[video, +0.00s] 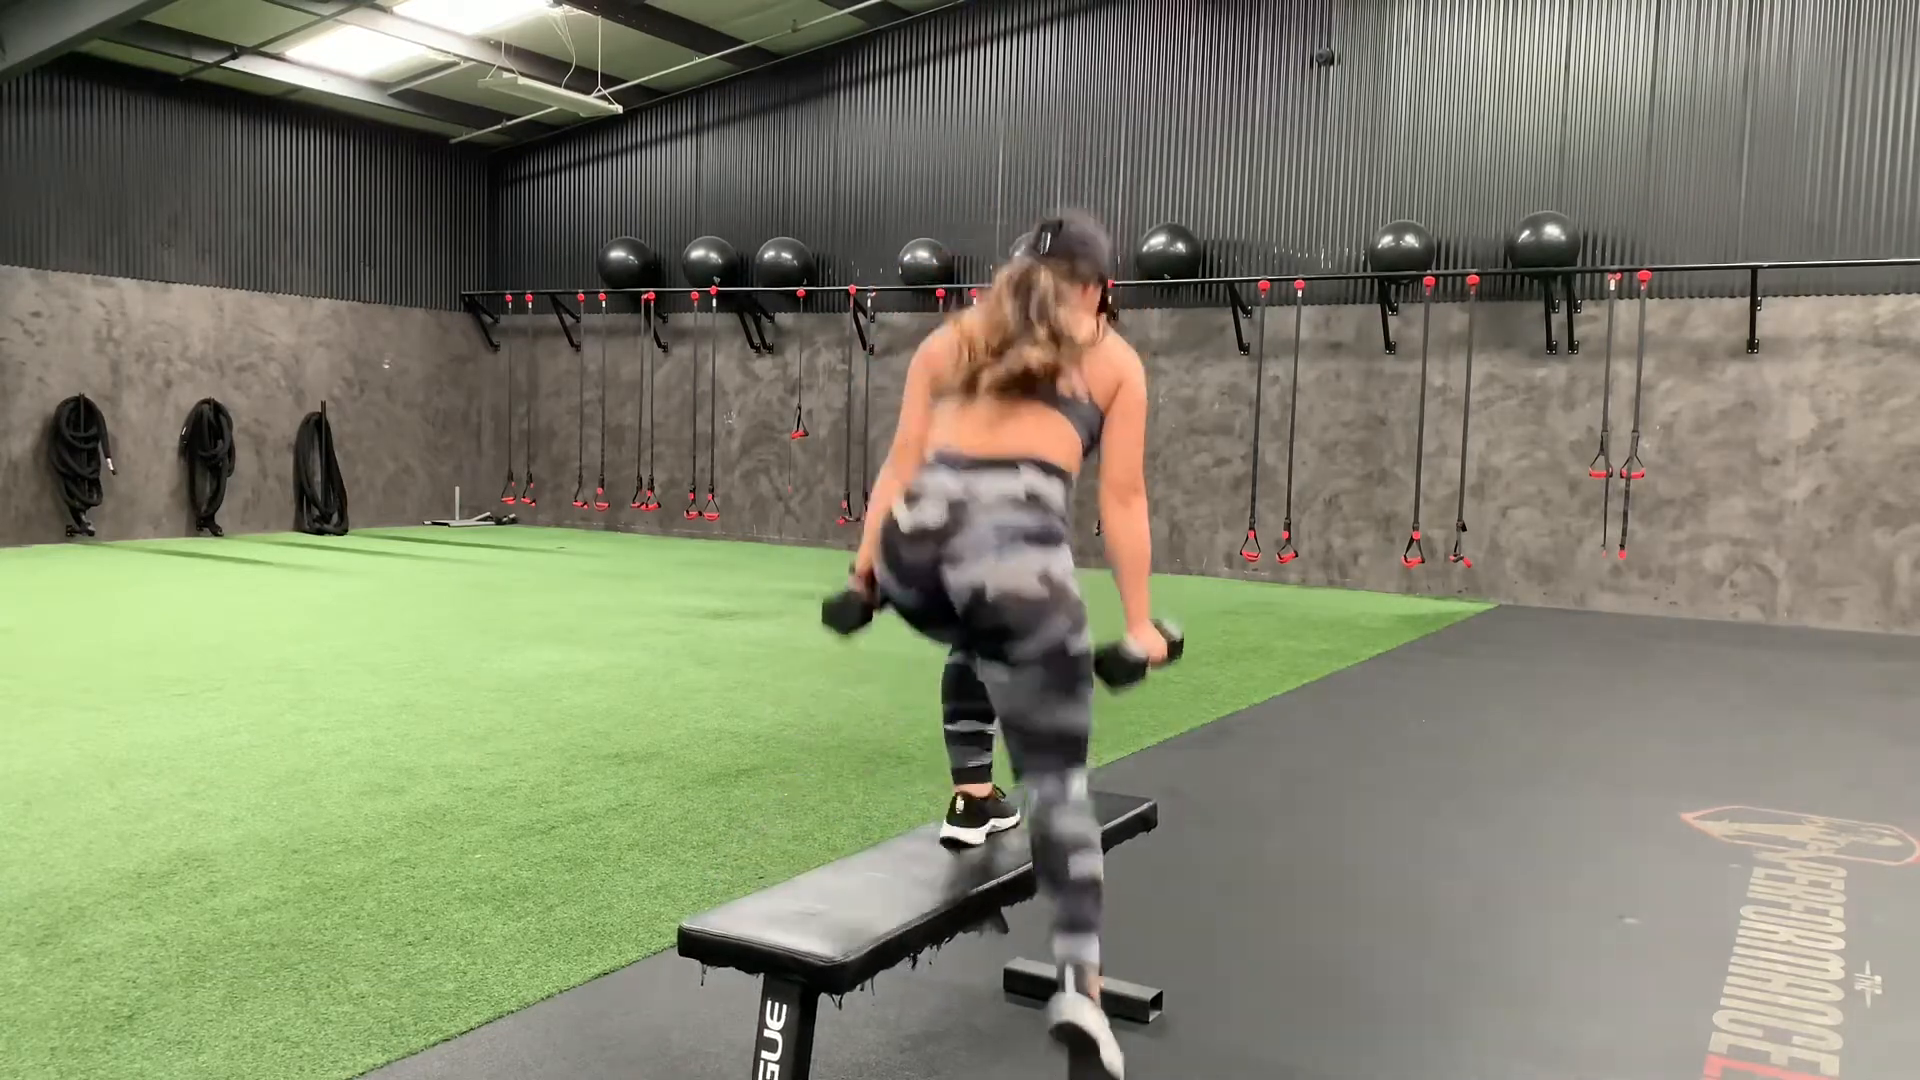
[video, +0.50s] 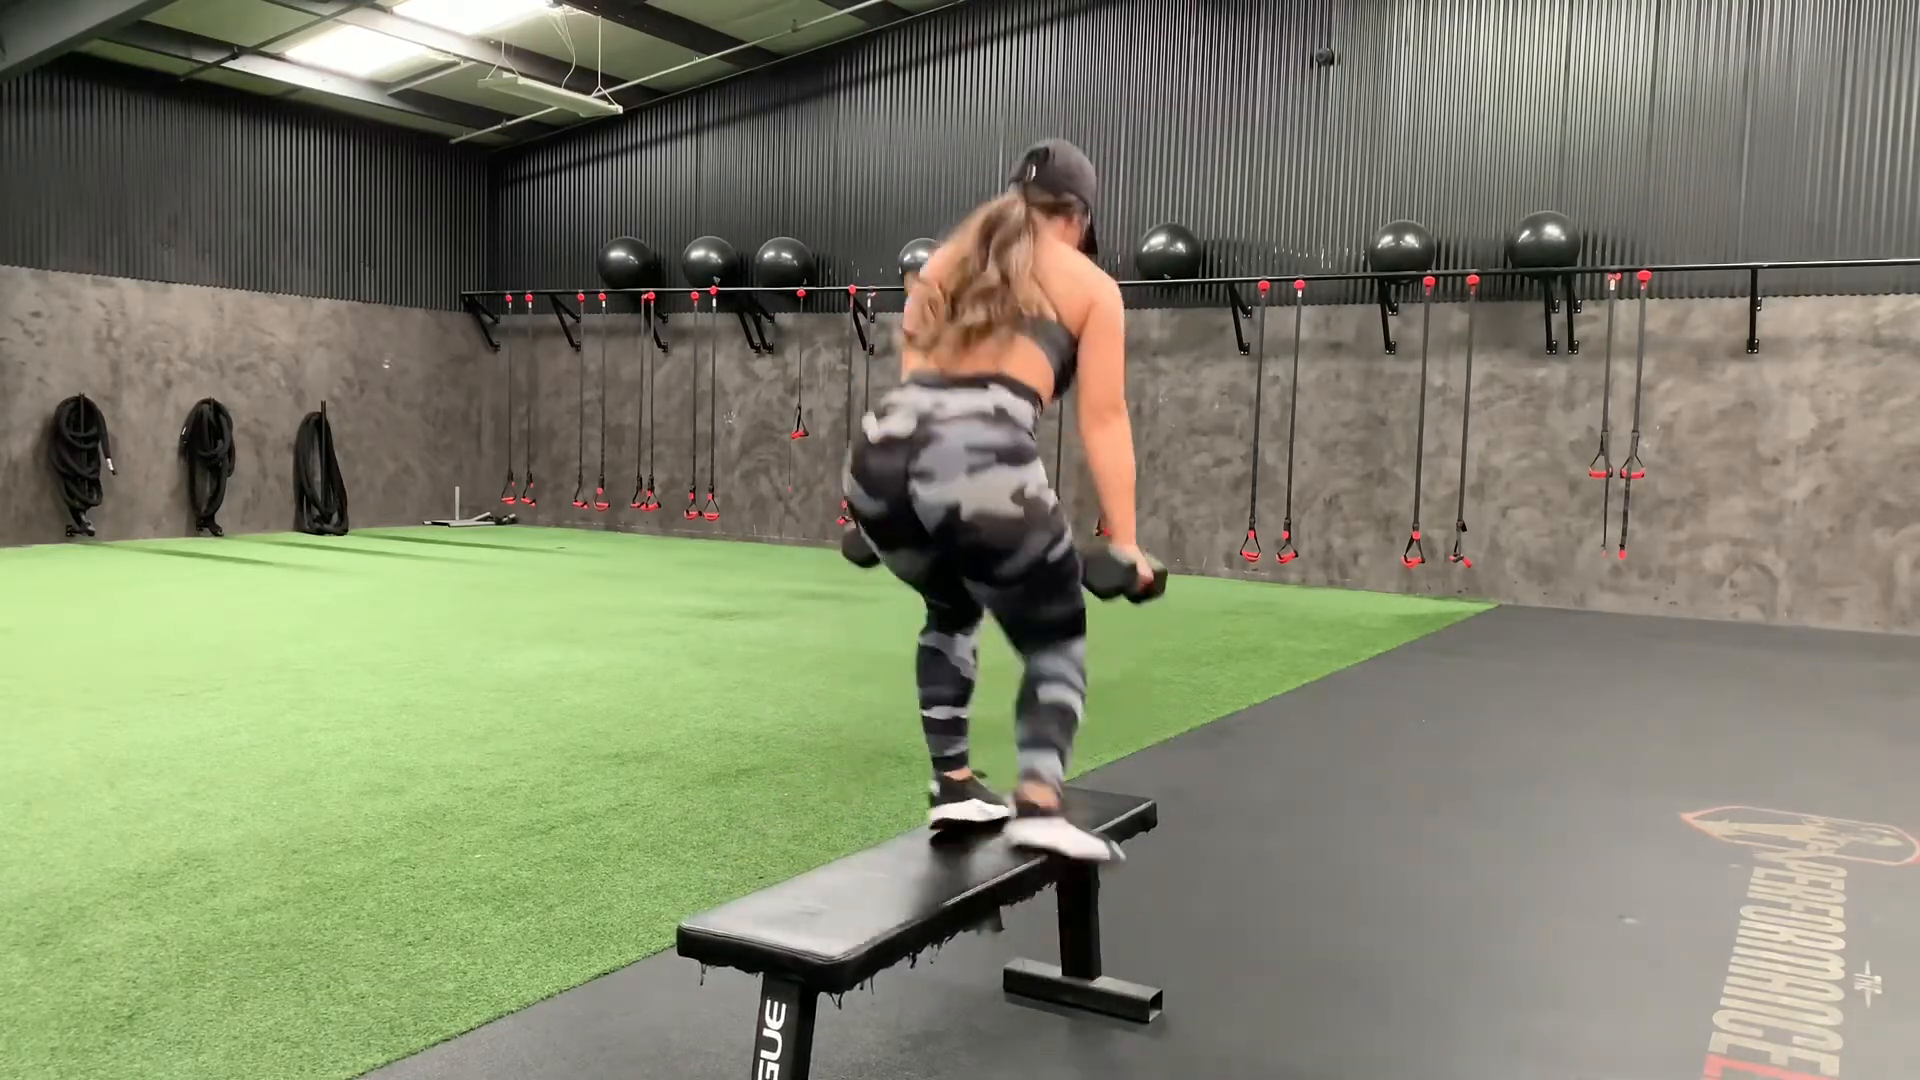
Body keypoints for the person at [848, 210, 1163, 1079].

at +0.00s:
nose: (1109, 304)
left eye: (1105, 292)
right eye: (1109, 292)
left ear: (1015, 278)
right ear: (1094, 289)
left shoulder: (945, 343)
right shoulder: (1113, 361)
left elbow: (903, 463)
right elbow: (1121, 497)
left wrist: (862, 575)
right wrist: (1139, 626)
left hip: (913, 553)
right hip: (1022, 560)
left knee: (975, 636)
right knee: (1056, 783)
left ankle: (971, 795)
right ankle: (1080, 985)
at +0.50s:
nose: (1084, 234)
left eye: (1082, 222)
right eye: (1085, 222)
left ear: (1012, 203)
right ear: (1076, 218)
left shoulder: (945, 260)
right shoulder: (1087, 283)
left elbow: (909, 385)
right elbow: (1103, 418)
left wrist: (866, 508)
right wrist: (1123, 542)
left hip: (884, 464)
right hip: (985, 466)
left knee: (951, 608)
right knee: (1053, 637)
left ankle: (951, 787)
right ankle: (1039, 802)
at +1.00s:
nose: (1040, 424)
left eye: (1042, 412)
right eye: (1042, 412)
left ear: (974, 394)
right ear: (1033, 408)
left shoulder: (908, 458)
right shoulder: (1027, 490)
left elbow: (890, 553)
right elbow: (1039, 632)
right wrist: (1057, 760)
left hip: (835, 684)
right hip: (923, 692)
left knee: (815, 881)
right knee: (1048, 653)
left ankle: (705, 1035)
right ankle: (983, 806)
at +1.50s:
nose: (1097, 243)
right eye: (1098, 230)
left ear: (1021, 223)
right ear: (1098, 231)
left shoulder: (953, 288)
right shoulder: (1120, 303)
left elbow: (906, 407)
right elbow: (1121, 433)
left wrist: (866, 509)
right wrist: (1128, 560)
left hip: (909, 470)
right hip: (1016, 470)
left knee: (966, 608)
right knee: (1060, 681)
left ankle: (988, 783)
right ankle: (1070, 870)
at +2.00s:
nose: (1062, 263)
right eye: (1065, 252)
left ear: (993, 243)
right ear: (1062, 250)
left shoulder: (944, 312)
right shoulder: (1085, 320)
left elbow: (905, 435)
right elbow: (1104, 448)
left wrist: (898, 568)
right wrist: (1129, 572)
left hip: (907, 505)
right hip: (1003, 505)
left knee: (971, 618)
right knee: (1062, 711)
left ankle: (987, 788)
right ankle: (1069, 911)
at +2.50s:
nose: (1012, 443)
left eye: (1013, 429)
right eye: (1012, 428)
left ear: (945, 417)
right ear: (995, 424)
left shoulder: (891, 476)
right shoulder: (991, 501)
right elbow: (994, 641)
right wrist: (1011, 771)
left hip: (794, 702)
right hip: (877, 708)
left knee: (786, 890)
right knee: (1028, 633)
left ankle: (649, 1037)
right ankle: (971, 812)